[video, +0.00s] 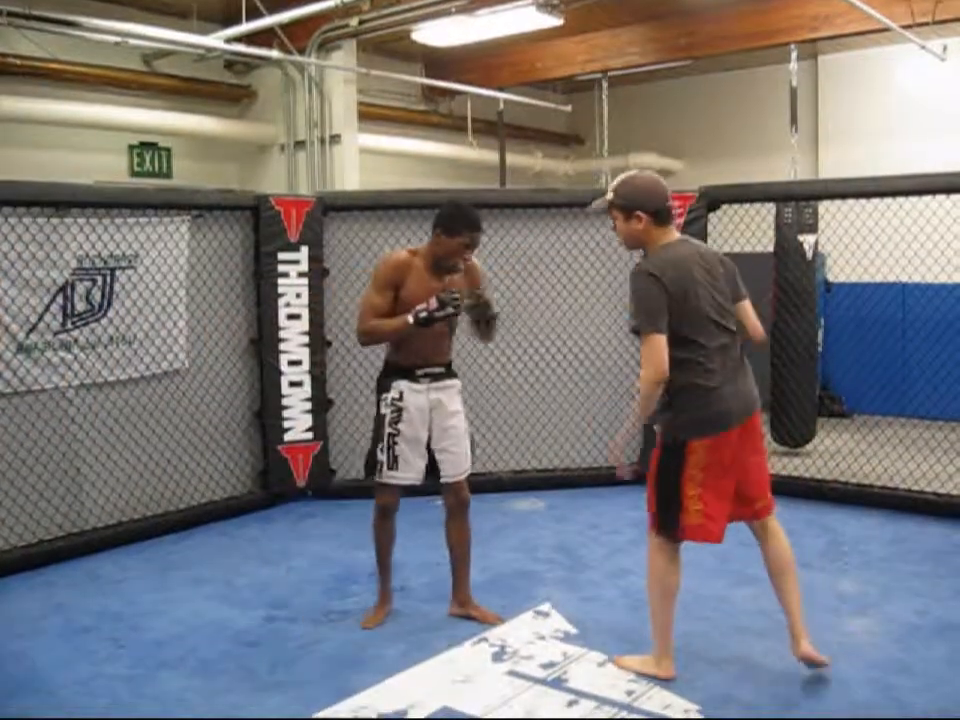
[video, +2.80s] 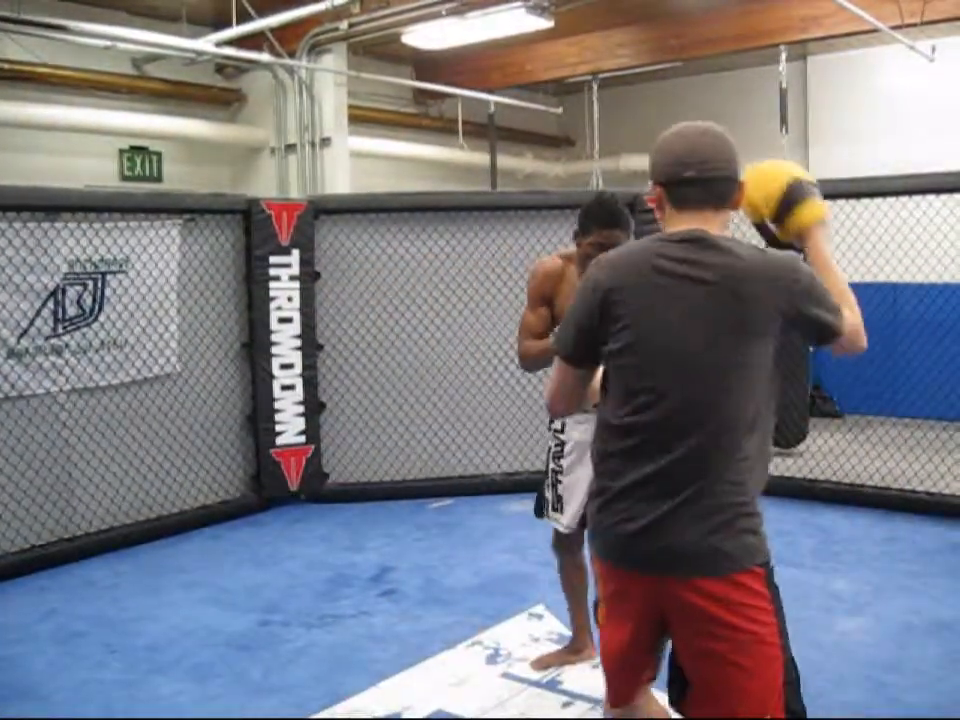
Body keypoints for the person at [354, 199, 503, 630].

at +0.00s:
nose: (469, 256)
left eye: (472, 248)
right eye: (465, 247)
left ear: (467, 245)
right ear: (441, 236)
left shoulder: (467, 271)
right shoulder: (395, 266)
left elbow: (485, 331)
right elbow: (366, 330)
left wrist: (479, 308)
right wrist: (418, 316)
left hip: (446, 390)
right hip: (400, 391)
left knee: (458, 497)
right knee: (386, 500)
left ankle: (462, 599)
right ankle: (384, 599)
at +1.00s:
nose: (487, 265)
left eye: (494, 257)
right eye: (481, 257)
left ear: (501, 251)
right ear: (462, 244)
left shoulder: (502, 270)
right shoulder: (429, 274)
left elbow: (532, 336)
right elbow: (404, 349)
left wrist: (514, 304)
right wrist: (446, 323)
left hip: (493, 398)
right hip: (446, 400)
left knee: (524, 510)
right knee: (438, 519)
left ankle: (506, 596)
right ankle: (439, 622)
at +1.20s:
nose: (509, 264)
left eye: (513, 257)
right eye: (504, 256)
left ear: (513, 251)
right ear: (480, 244)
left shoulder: (513, 267)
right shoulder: (440, 270)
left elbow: (541, 324)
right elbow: (422, 345)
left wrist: (548, 301)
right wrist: (470, 308)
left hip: (504, 397)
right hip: (457, 402)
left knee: (538, 514)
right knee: (445, 515)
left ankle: (560, 632)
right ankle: (439, 624)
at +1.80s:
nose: (552, 262)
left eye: (560, 254)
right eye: (544, 253)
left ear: (568, 253)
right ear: (522, 248)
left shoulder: (570, 276)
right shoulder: (490, 278)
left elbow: (601, 347)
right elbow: (471, 360)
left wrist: (583, 309)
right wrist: (512, 322)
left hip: (559, 414)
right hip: (505, 417)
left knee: (606, 533)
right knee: (480, 539)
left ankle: (590, 636)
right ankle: (482, 646)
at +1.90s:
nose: (559, 261)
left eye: (564, 252)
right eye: (550, 253)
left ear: (569, 248)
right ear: (524, 249)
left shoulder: (576, 275)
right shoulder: (495, 281)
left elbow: (634, 337)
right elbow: (477, 366)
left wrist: (606, 310)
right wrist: (516, 322)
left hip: (571, 418)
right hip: (514, 423)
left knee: (620, 535)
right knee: (485, 538)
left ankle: (626, 653)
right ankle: (480, 647)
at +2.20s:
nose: (596, 269)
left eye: (605, 258)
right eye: (587, 259)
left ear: (617, 245)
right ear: (566, 247)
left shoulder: (634, 270)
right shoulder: (543, 273)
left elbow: (653, 340)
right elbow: (535, 358)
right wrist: (551, 328)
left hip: (623, 411)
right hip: (566, 409)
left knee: (642, 549)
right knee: (530, 530)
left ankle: (657, 672)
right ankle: (524, 642)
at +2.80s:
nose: (606, 258)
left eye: (616, 248)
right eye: (597, 247)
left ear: (629, 242)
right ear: (577, 238)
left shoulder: (637, 274)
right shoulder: (550, 273)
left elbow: (658, 334)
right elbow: (527, 353)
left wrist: (617, 319)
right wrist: (572, 337)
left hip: (632, 418)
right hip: (576, 418)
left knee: (628, 533)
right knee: (567, 538)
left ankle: (628, 636)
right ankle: (581, 638)